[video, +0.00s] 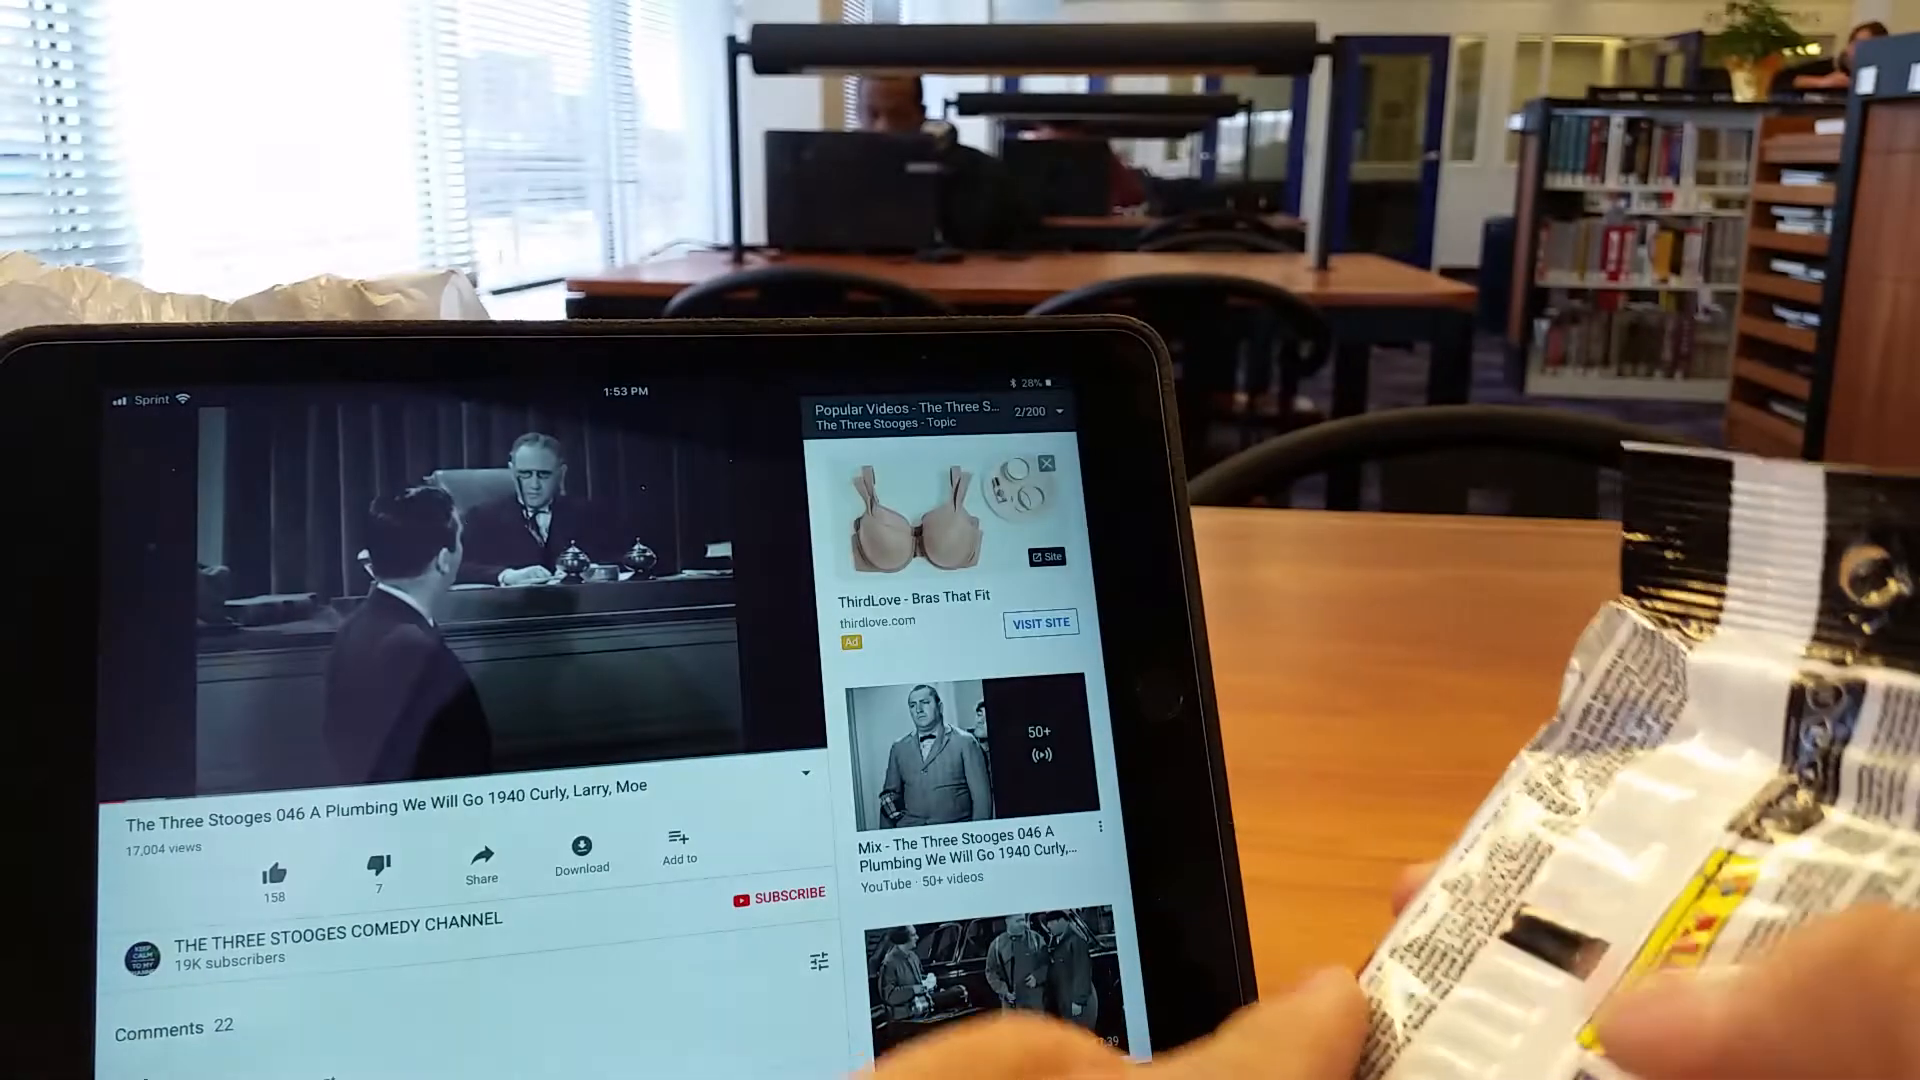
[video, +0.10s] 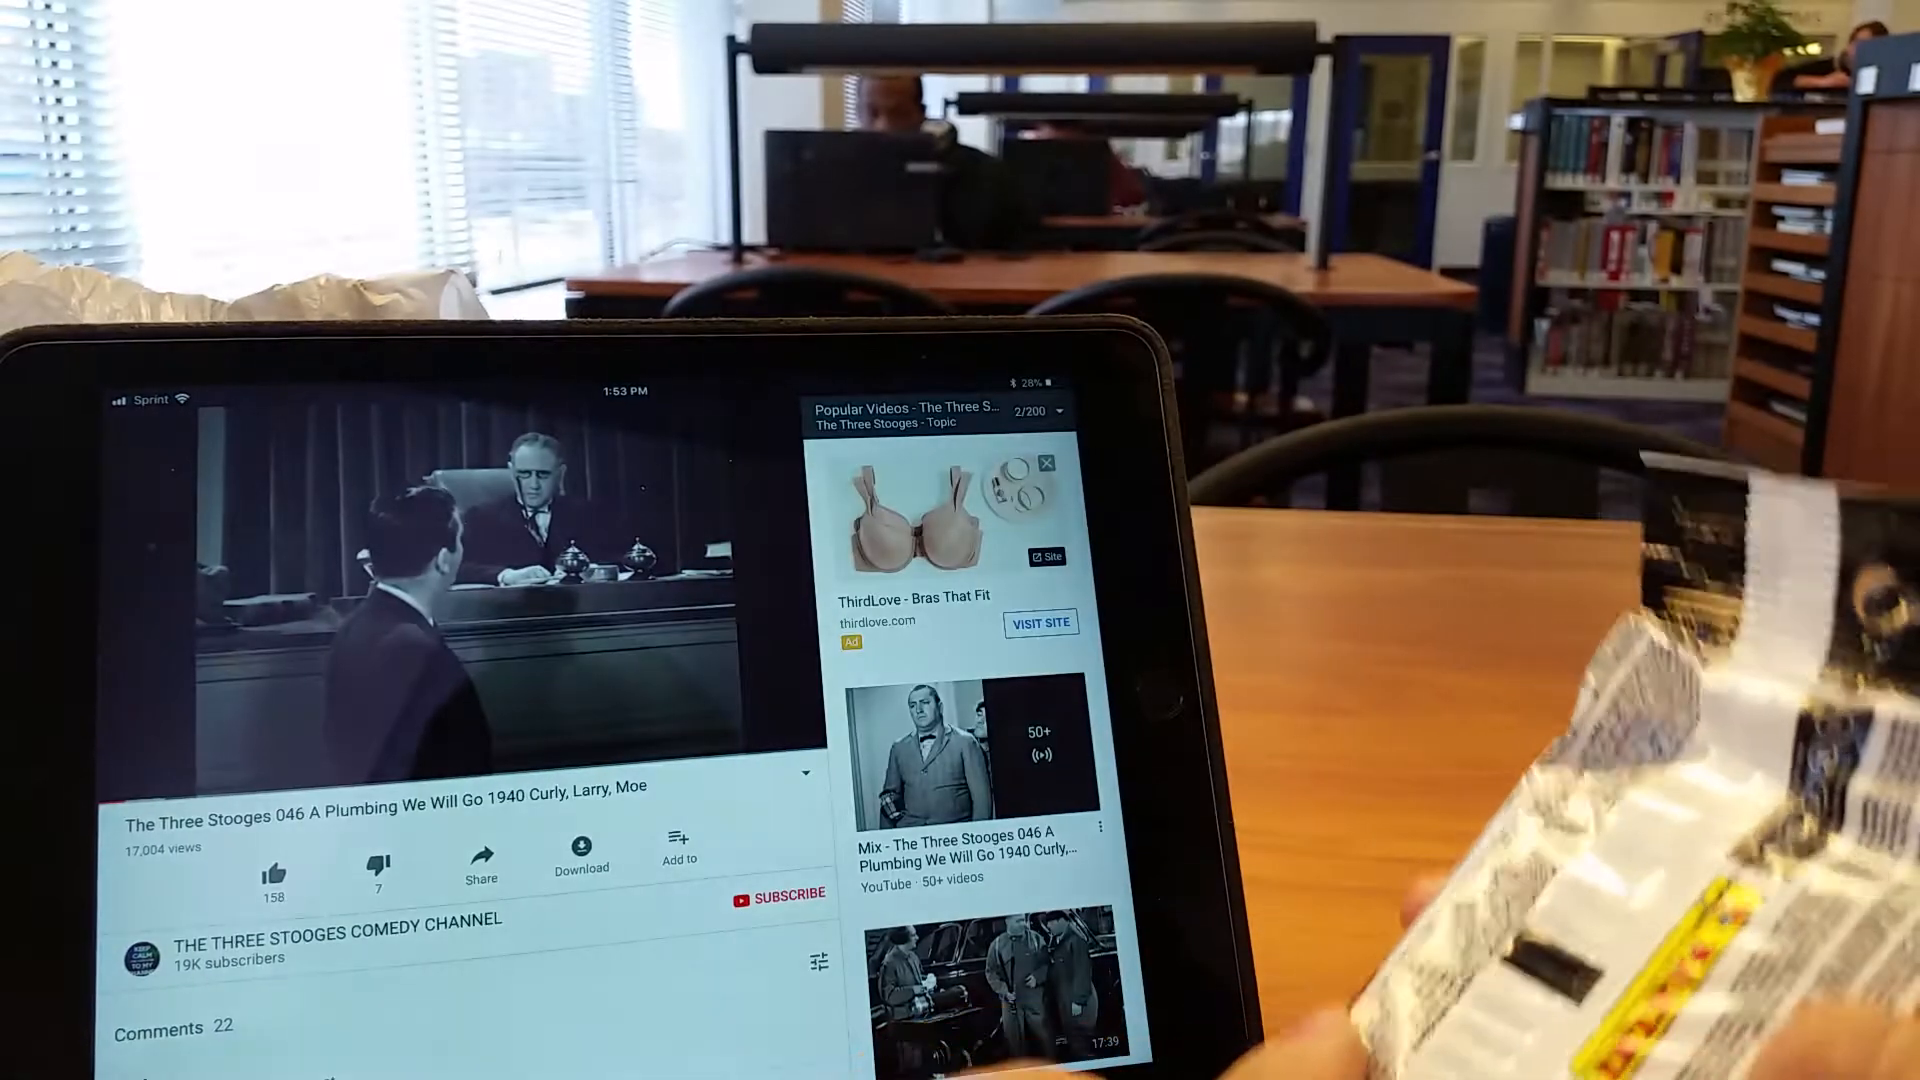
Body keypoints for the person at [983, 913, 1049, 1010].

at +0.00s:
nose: (1023, 924)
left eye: (1023, 920)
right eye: (1018, 921)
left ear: (1026, 921)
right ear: (1007, 922)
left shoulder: (1036, 940)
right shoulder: (997, 944)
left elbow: (1046, 964)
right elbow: (990, 971)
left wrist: (1037, 977)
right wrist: (1004, 992)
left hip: (1033, 999)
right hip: (1010, 1000)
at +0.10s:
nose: (1023, 924)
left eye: (1024, 920)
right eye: (1018, 921)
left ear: (1026, 921)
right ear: (1008, 923)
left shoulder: (1036, 940)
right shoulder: (997, 944)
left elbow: (1047, 964)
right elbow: (991, 972)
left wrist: (1037, 977)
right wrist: (1004, 992)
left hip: (1033, 997)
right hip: (1010, 999)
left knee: (1040, 1034)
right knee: (1013, 1037)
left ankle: (1048, 1063)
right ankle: (1017, 1067)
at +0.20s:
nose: (1023, 924)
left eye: (1024, 920)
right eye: (1018, 921)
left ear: (1027, 921)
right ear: (1008, 923)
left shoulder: (1036, 939)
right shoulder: (997, 944)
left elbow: (1046, 964)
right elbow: (990, 972)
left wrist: (1036, 977)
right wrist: (1004, 992)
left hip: (1033, 996)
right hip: (1010, 998)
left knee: (1039, 1034)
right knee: (1013, 1038)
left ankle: (1046, 1067)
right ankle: (1018, 1069)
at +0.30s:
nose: (1023, 924)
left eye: (1024, 920)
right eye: (1018, 921)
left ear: (1027, 921)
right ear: (1007, 923)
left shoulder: (1036, 939)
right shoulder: (997, 944)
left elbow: (1046, 964)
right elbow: (990, 972)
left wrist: (1036, 977)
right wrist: (1004, 991)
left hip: (1033, 997)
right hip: (1010, 999)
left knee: (1039, 1034)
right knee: (1013, 1039)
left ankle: (1046, 1067)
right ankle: (1019, 1070)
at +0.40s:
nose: (1023, 924)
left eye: (1024, 920)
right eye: (1018, 921)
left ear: (1027, 921)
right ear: (1007, 923)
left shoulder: (1036, 939)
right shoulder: (997, 944)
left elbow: (1046, 964)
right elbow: (990, 972)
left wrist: (1036, 977)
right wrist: (1004, 992)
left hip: (1033, 997)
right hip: (1010, 999)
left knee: (1039, 1035)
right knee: (1013, 1039)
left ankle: (1046, 1068)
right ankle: (1019, 1071)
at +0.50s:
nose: (1022, 924)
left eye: (1024, 920)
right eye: (1018, 921)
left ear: (1027, 921)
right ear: (1007, 923)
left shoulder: (1036, 939)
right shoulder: (997, 944)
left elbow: (1046, 964)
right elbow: (990, 972)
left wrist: (1036, 977)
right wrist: (1004, 992)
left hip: (1033, 997)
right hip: (1010, 999)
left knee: (1040, 1035)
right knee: (1013, 1040)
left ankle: (1047, 1068)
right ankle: (1019, 1070)